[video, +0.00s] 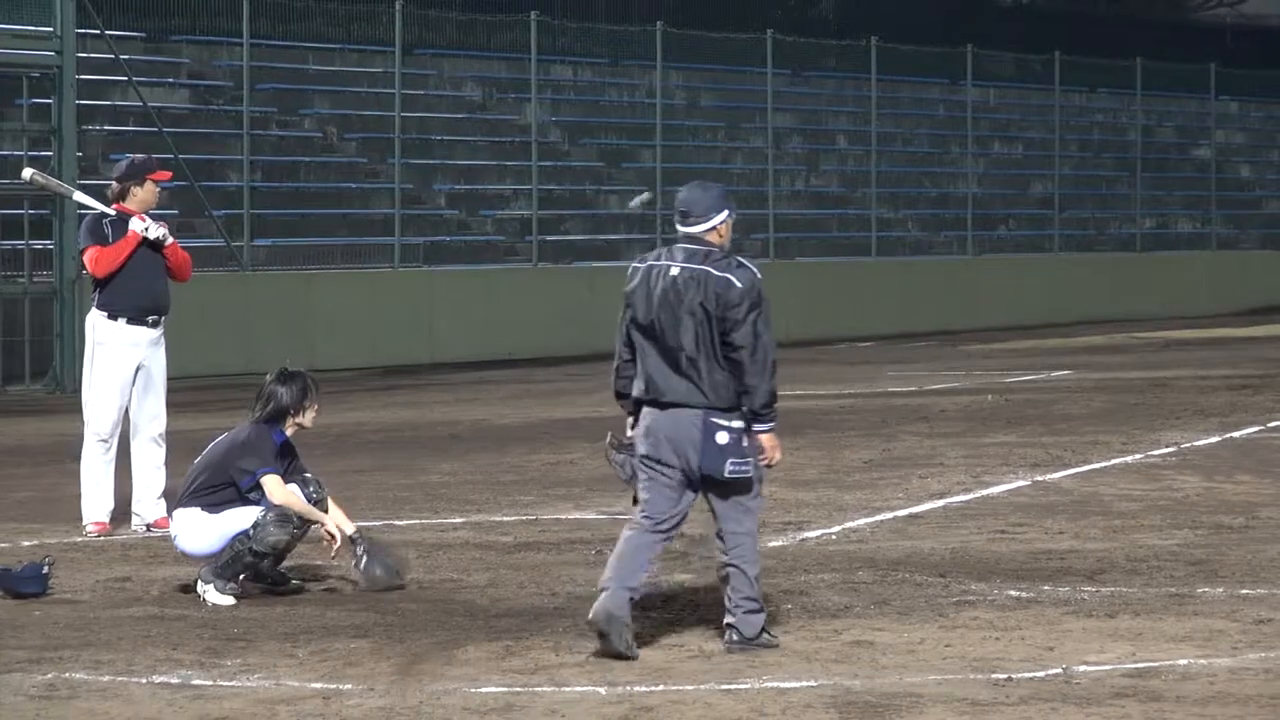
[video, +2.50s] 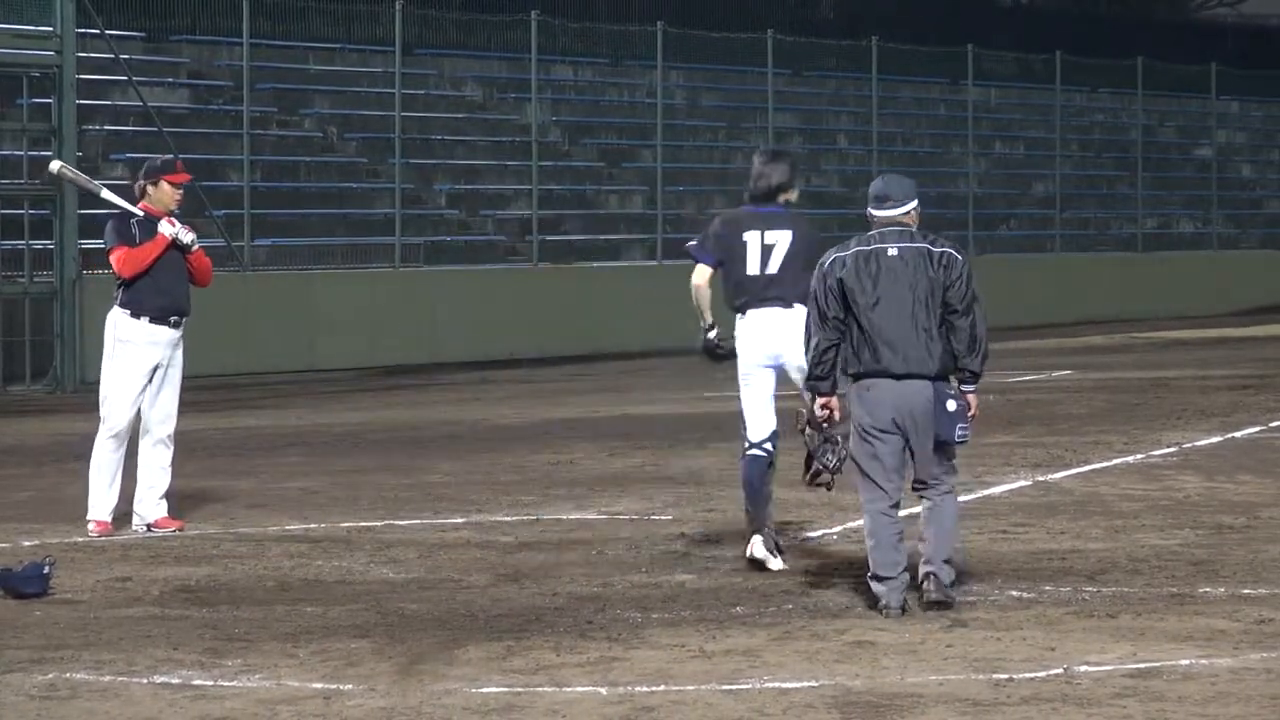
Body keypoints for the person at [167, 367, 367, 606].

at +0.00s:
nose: (317, 407)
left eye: (315, 401)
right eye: (312, 401)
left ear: (293, 411)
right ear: (294, 409)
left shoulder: (281, 444)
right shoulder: (256, 437)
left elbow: (313, 493)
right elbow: (278, 496)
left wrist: (355, 535)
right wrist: (323, 520)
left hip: (225, 515)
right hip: (193, 523)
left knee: (312, 492)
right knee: (280, 521)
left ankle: (262, 570)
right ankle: (214, 577)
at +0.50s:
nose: (320, 403)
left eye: (319, 397)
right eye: (317, 398)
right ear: (303, 406)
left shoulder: (282, 438)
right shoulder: (266, 438)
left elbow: (306, 489)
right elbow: (283, 501)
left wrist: (355, 523)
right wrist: (334, 520)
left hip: (230, 513)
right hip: (203, 521)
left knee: (318, 494)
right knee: (290, 528)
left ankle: (263, 567)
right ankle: (217, 575)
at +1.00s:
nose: (343, 374)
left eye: (341, 367)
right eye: (339, 368)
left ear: (306, 367)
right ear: (323, 374)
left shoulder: (299, 401)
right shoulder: (285, 402)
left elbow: (316, 451)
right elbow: (302, 468)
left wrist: (374, 467)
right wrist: (355, 508)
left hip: (245, 469)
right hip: (211, 475)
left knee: (319, 500)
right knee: (298, 528)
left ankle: (269, 559)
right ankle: (208, 575)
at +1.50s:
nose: (444, 366)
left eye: (445, 359)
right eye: (442, 358)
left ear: (421, 357)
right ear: (421, 356)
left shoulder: (408, 388)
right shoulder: (379, 374)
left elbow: (423, 435)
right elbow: (346, 438)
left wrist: (448, 475)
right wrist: (385, 484)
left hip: (327, 438)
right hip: (295, 423)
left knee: (390, 488)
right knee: (293, 526)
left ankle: (328, 562)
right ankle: (208, 577)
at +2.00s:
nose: (598, 228)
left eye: (595, 221)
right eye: (588, 222)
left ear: (579, 229)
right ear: (564, 231)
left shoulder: (607, 267)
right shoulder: (521, 272)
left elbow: (669, 279)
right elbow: (461, 277)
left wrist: (720, 306)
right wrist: (503, 237)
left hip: (598, 378)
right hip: (550, 380)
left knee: (639, 468)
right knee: (553, 478)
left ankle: (625, 524)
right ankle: (508, 556)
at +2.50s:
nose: (798, 193)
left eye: (795, 186)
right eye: (796, 187)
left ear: (753, 186)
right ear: (788, 190)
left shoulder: (728, 222)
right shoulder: (805, 226)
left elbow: (699, 279)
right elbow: (824, 281)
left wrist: (709, 326)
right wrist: (829, 328)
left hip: (749, 327)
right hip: (797, 324)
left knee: (758, 436)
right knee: (821, 404)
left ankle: (760, 534)